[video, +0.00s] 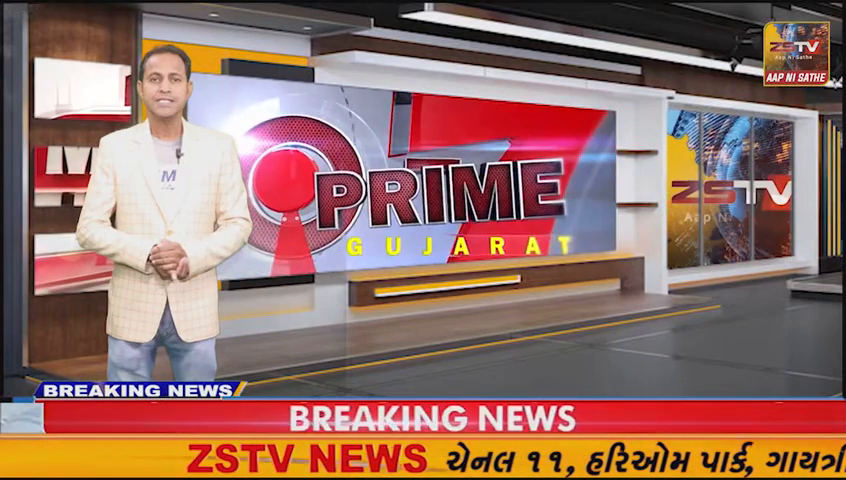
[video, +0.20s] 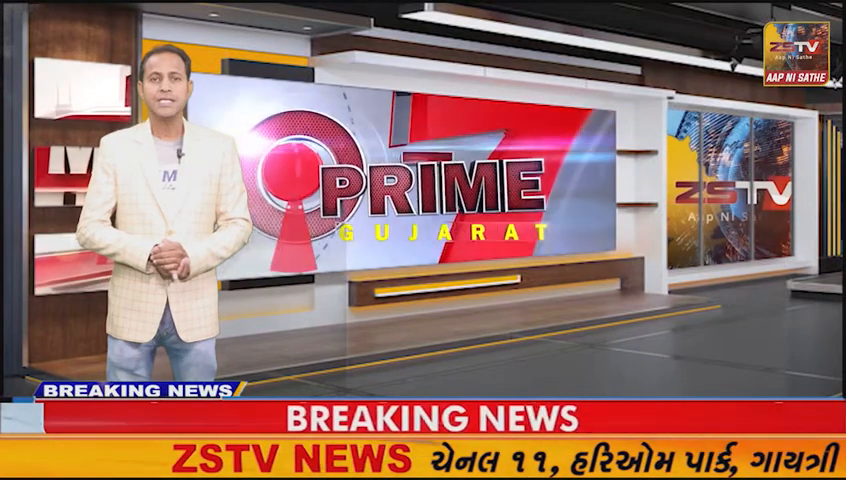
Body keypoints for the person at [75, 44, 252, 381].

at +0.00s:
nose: (164, 87)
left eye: (175, 79)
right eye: (155, 78)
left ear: (188, 89)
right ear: (141, 88)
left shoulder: (219, 147)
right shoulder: (113, 147)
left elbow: (238, 223)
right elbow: (90, 228)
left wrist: (192, 257)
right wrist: (148, 254)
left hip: (195, 303)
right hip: (132, 303)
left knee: (201, 413)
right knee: (125, 415)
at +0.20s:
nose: (165, 86)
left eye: (175, 78)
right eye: (155, 78)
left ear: (189, 88)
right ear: (141, 89)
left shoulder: (220, 147)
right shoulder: (114, 147)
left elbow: (238, 223)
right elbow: (90, 228)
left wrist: (193, 257)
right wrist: (149, 254)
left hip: (195, 304)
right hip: (132, 304)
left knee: (201, 413)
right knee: (124, 415)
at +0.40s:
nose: (165, 86)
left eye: (175, 77)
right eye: (155, 78)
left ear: (189, 87)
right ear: (142, 89)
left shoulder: (220, 147)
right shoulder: (114, 147)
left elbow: (238, 223)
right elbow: (90, 228)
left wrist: (193, 257)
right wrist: (149, 254)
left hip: (195, 304)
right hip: (132, 304)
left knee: (201, 413)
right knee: (123, 414)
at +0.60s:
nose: (164, 86)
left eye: (174, 77)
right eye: (154, 78)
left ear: (188, 87)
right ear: (141, 89)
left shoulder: (220, 147)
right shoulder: (115, 147)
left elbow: (238, 223)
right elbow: (90, 227)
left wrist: (194, 257)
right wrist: (150, 253)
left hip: (195, 304)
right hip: (132, 304)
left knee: (201, 413)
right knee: (123, 414)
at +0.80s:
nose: (162, 85)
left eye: (171, 77)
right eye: (152, 78)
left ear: (186, 87)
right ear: (138, 90)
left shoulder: (218, 147)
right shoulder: (114, 147)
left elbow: (237, 222)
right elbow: (89, 228)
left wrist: (194, 257)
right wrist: (150, 252)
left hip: (195, 303)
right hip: (132, 304)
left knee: (200, 417)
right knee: (124, 418)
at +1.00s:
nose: (160, 85)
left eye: (170, 76)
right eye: (150, 78)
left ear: (185, 86)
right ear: (137, 90)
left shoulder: (217, 147)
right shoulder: (114, 147)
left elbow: (236, 223)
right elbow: (89, 228)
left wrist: (195, 257)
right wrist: (148, 249)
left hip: (194, 303)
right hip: (132, 303)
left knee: (200, 412)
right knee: (124, 414)